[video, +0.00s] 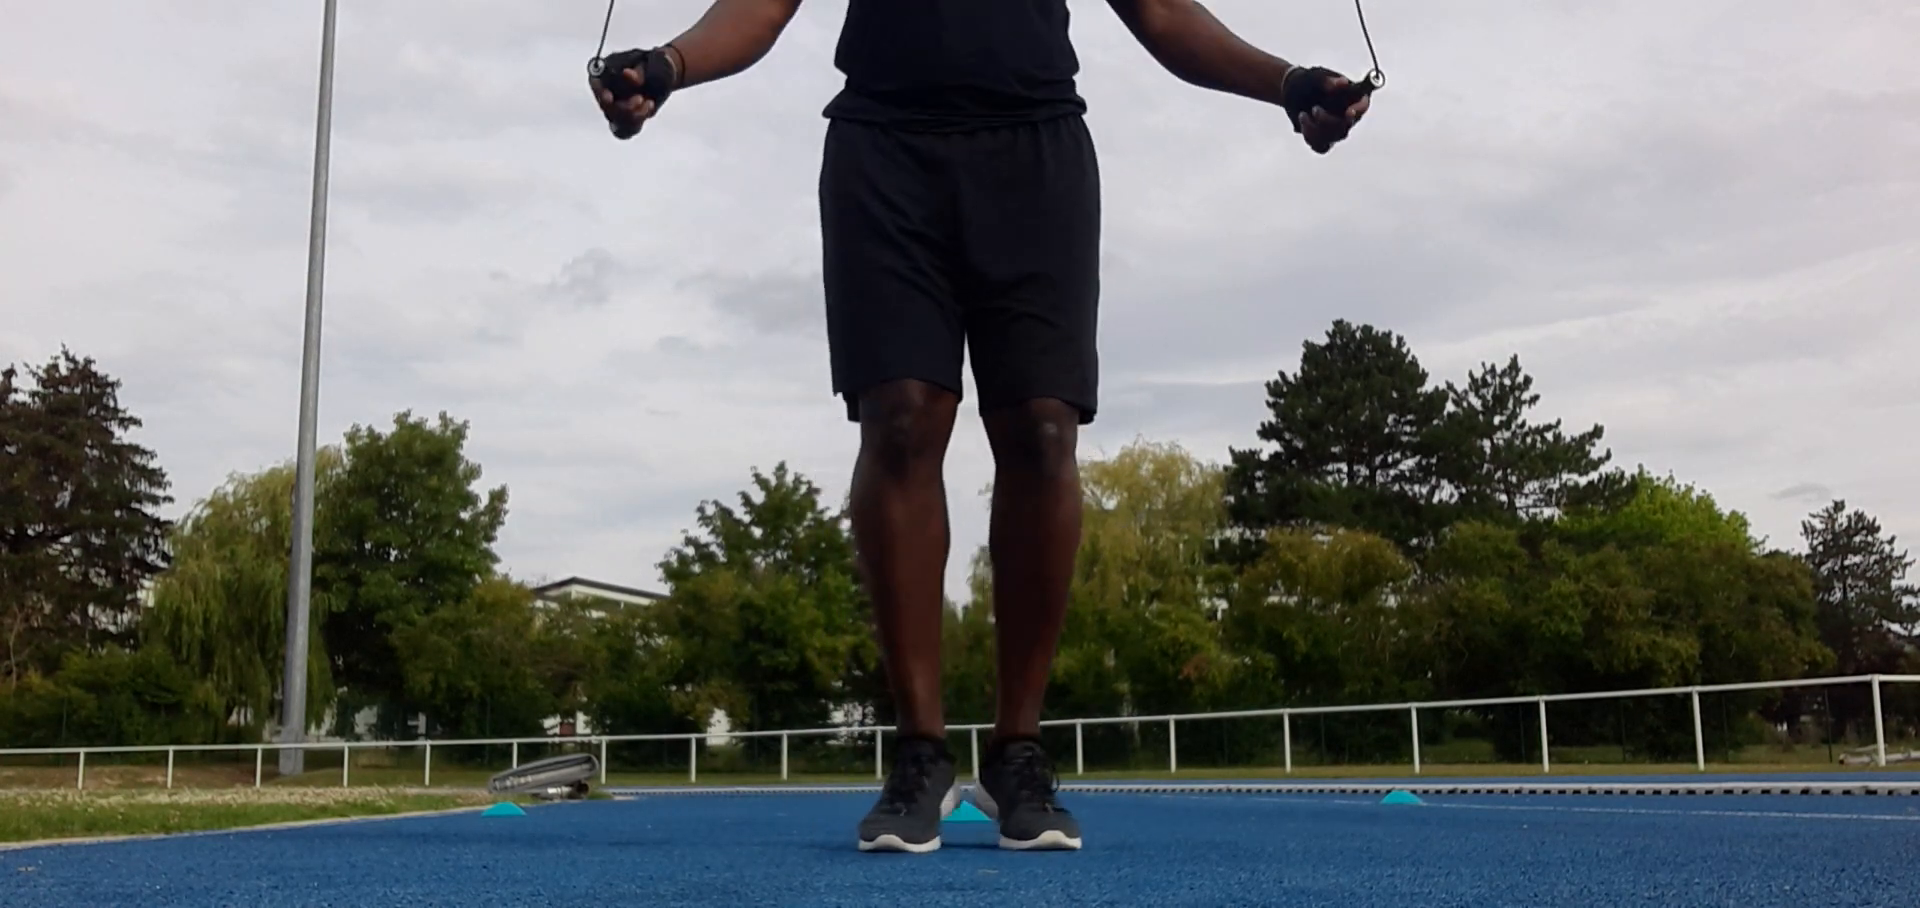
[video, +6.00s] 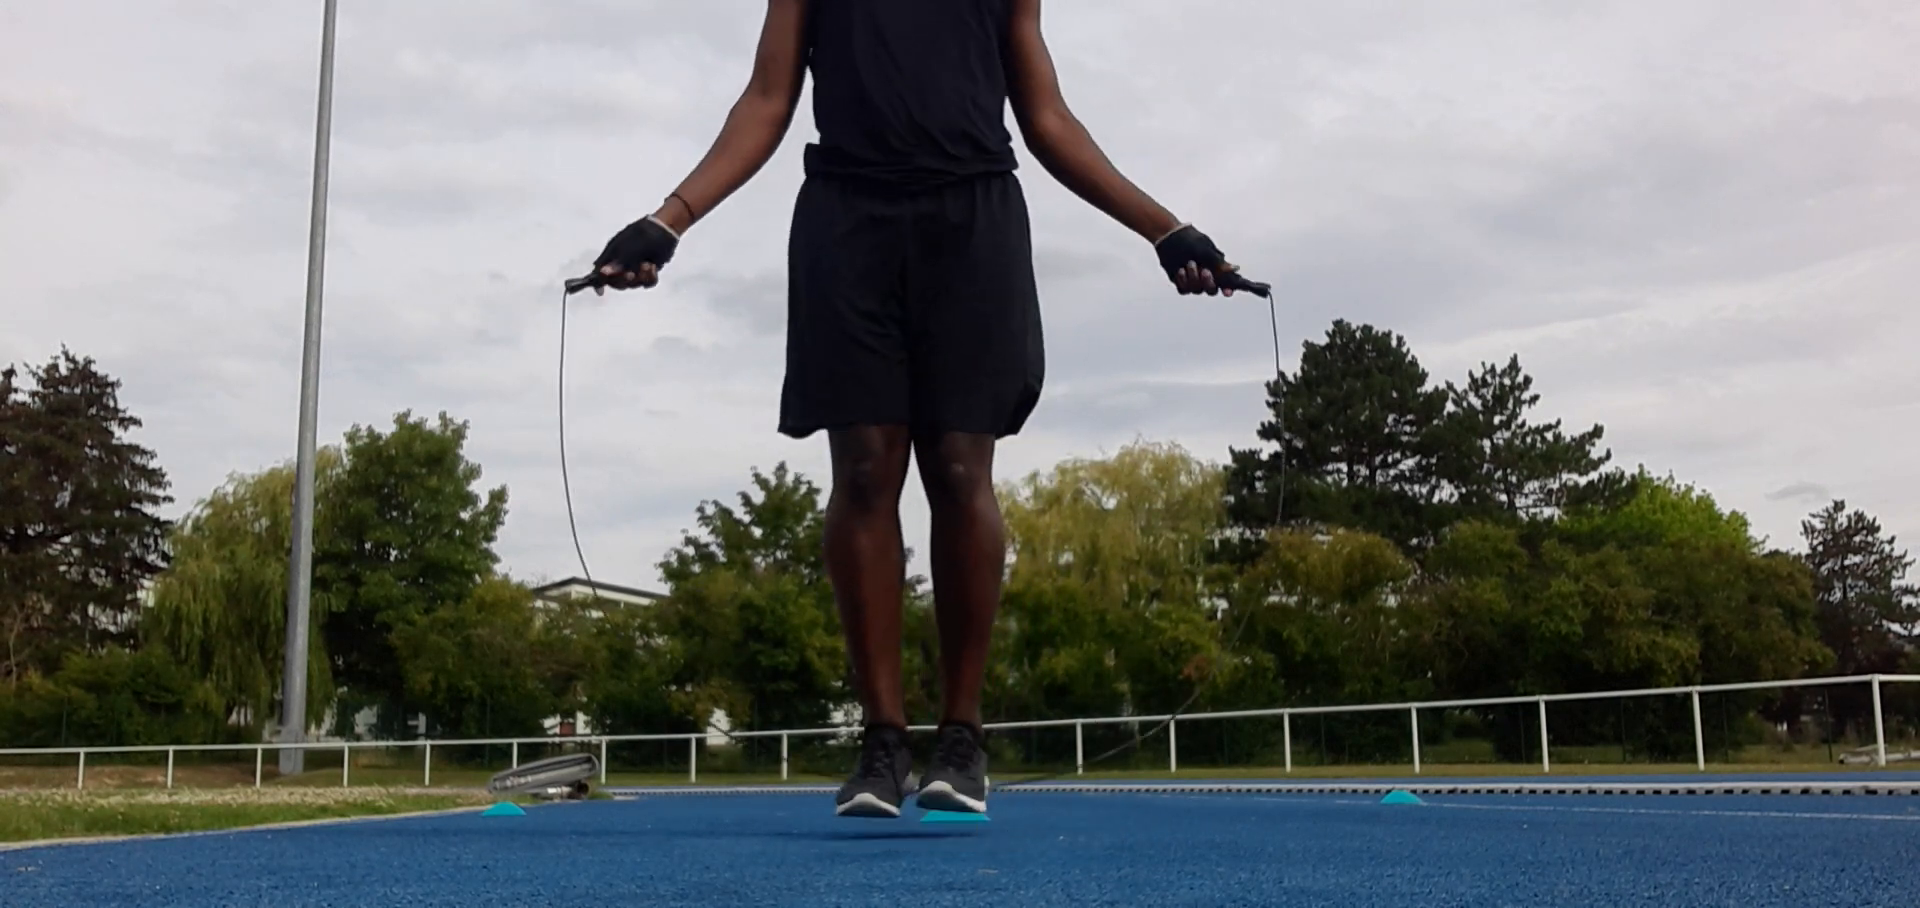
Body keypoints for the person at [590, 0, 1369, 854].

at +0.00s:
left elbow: (1166, 15)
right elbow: (762, 7)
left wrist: (1288, 81)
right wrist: (668, 62)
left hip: (1038, 135)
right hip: (885, 137)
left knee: (1040, 427)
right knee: (904, 417)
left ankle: (1021, 755)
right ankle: (920, 753)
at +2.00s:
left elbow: (1099, 57)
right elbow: (787, 39)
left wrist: (1224, 185)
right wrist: (672, 173)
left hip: (1018, 146)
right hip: (878, 150)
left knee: (1006, 431)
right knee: (904, 427)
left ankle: (1013, 731)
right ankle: (926, 735)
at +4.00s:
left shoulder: (1011, 6)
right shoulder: (802, 7)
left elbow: (1074, 136)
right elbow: (744, 131)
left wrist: (1214, 135)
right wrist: (617, 129)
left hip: (980, 248)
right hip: (849, 248)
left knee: (962, 506)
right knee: (871, 504)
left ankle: (958, 773)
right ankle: (903, 775)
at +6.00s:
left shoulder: (1006, 5)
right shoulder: (801, 4)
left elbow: (1048, 119)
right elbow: (767, 97)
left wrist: (1166, 229)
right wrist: (667, 218)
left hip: (974, 216)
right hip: (847, 218)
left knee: (959, 467)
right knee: (865, 465)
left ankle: (959, 737)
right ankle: (883, 739)